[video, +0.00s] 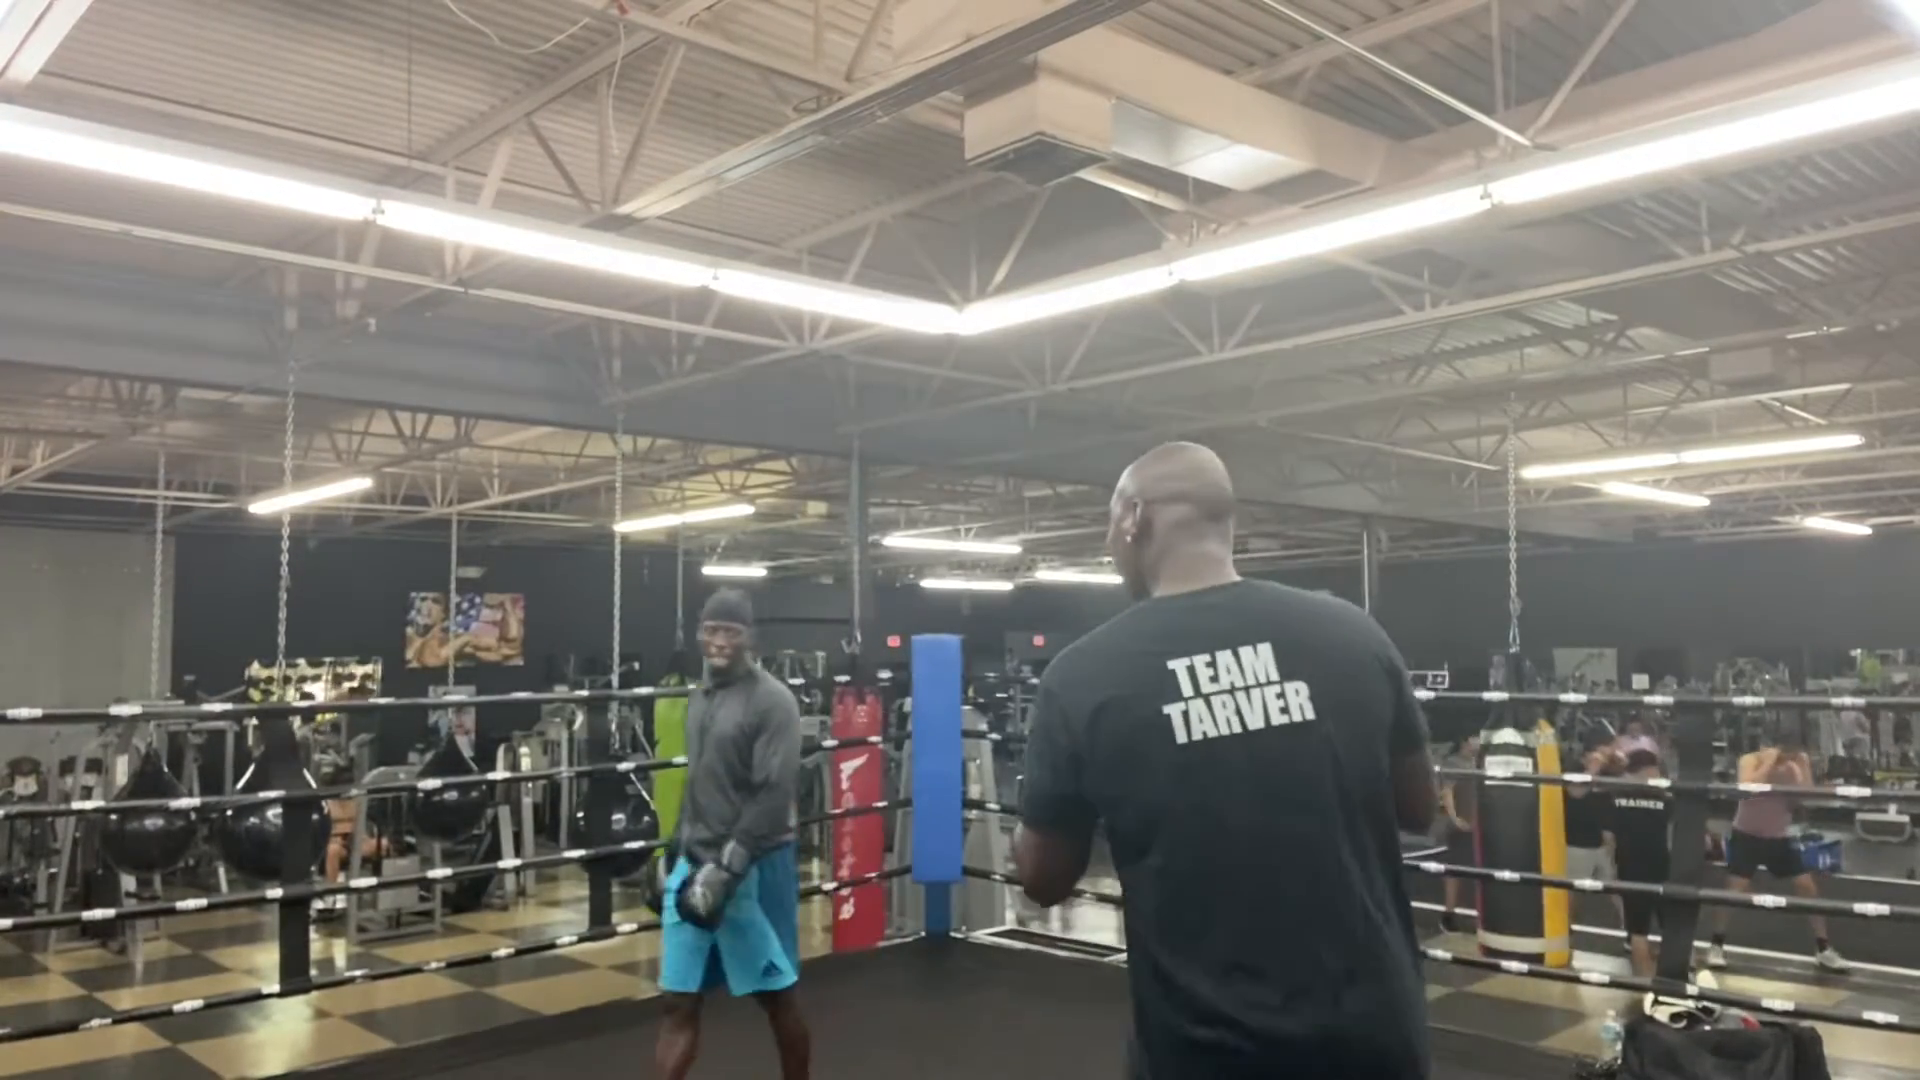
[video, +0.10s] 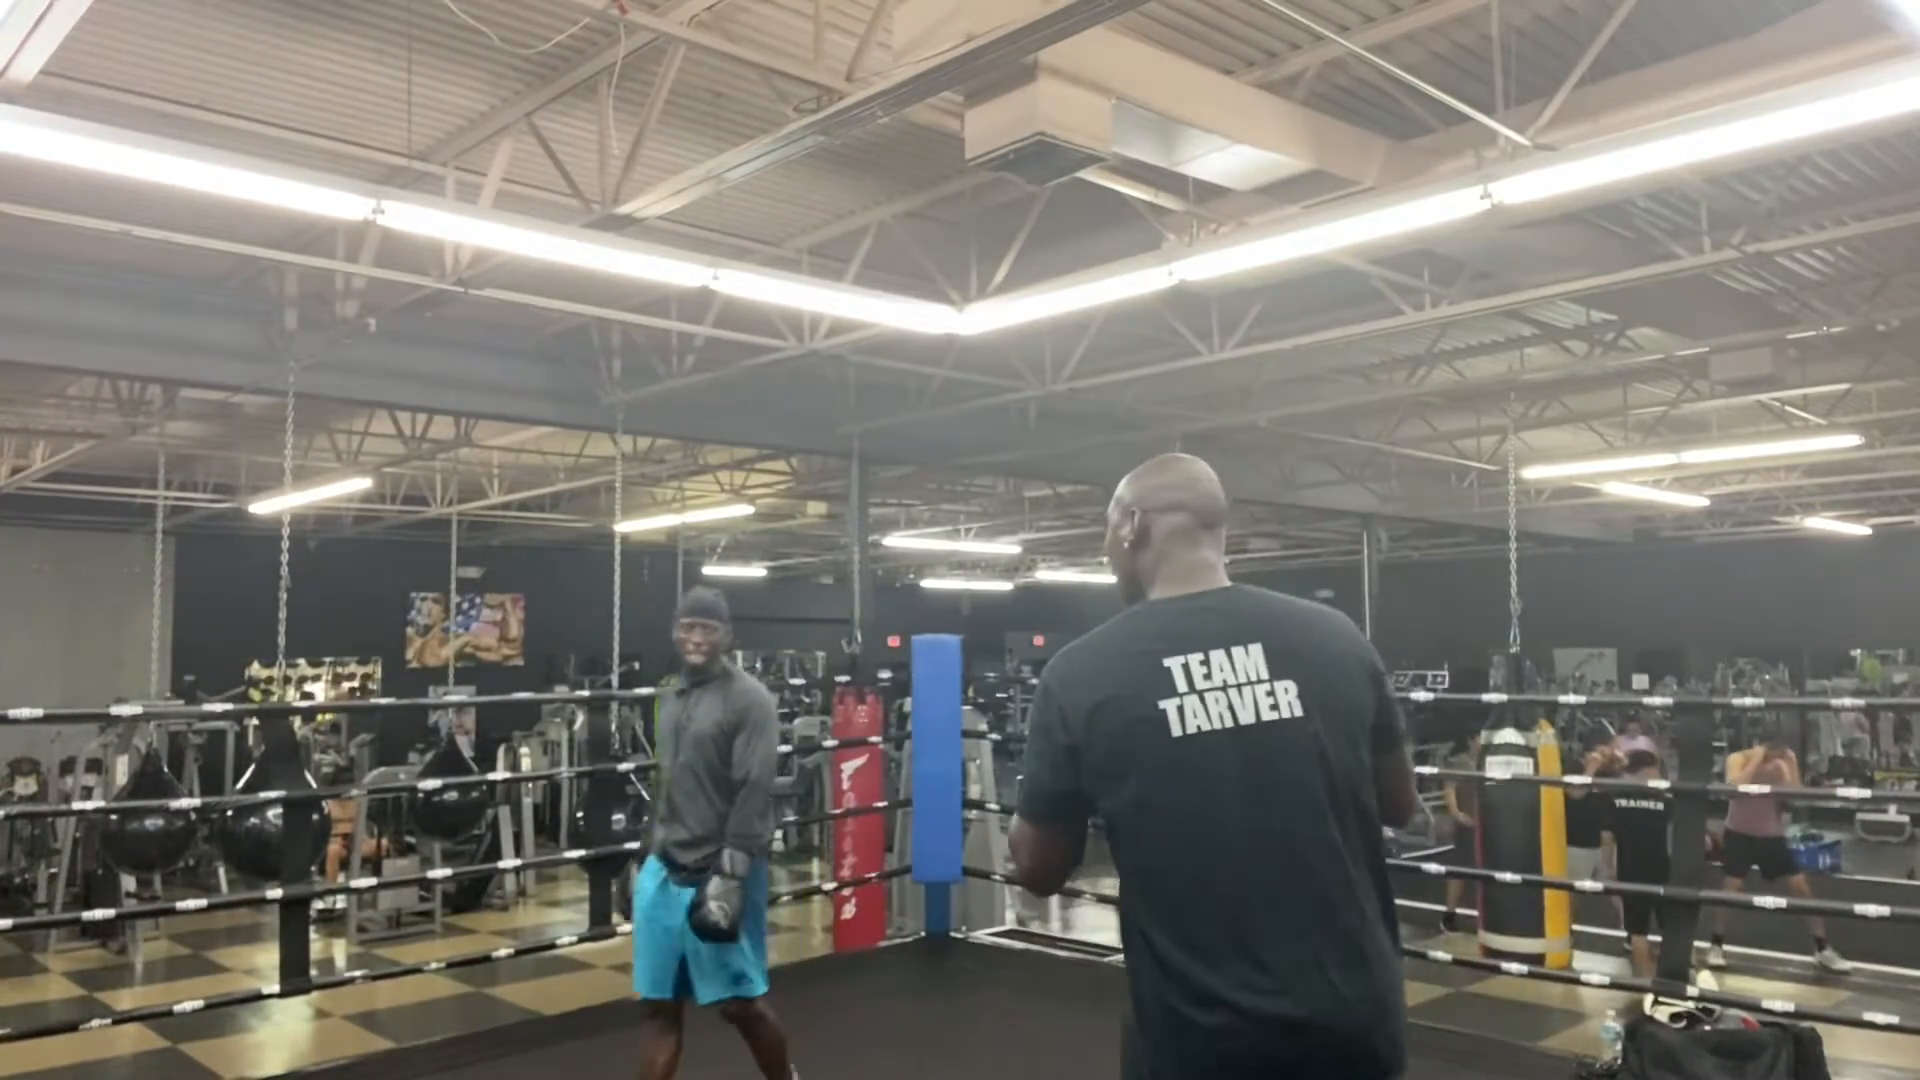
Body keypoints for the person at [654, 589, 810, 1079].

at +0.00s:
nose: (719, 641)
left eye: (730, 633)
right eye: (711, 631)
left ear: (749, 638)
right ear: (699, 637)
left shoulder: (774, 700)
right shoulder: (701, 698)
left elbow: (774, 799)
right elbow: (696, 786)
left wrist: (725, 868)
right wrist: (675, 857)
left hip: (758, 864)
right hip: (696, 862)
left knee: (777, 998)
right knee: (678, 1002)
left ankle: (797, 1073)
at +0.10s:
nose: (696, 638)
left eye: (708, 629)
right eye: (688, 629)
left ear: (728, 636)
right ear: (675, 634)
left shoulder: (750, 699)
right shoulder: (670, 697)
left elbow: (755, 793)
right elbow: (669, 786)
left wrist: (731, 876)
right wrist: (649, 859)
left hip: (723, 876)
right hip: (663, 873)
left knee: (740, 1003)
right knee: (660, 1008)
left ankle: (784, 1075)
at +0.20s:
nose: (674, 636)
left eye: (685, 626)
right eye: (665, 626)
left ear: (703, 633)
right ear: (650, 634)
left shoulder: (730, 695)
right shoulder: (639, 700)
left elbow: (744, 785)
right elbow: (633, 785)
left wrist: (740, 875)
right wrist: (614, 860)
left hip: (695, 874)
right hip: (639, 871)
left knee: (692, 1013)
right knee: (646, 1011)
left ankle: (763, 1075)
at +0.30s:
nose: (649, 630)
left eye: (659, 619)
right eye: (639, 619)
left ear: (677, 627)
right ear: (623, 629)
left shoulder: (706, 692)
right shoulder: (613, 696)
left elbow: (735, 776)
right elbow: (595, 785)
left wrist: (747, 863)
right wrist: (571, 864)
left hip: (676, 863)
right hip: (617, 864)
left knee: (640, 1005)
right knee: (630, 1007)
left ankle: (705, 1074)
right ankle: (648, 1074)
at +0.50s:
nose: (616, 627)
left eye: (627, 617)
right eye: (605, 617)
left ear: (640, 628)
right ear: (586, 627)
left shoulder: (669, 694)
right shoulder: (570, 699)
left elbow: (698, 780)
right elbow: (552, 793)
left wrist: (723, 862)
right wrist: (516, 864)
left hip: (644, 868)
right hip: (588, 869)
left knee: (591, 1014)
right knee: (620, 1020)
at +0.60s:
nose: (606, 629)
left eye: (617, 620)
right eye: (594, 619)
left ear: (629, 631)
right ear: (574, 630)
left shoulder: (656, 697)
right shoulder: (560, 700)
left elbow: (685, 785)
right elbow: (540, 795)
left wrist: (706, 871)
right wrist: (500, 866)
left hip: (631, 875)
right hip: (574, 877)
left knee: (581, 1022)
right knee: (615, 1022)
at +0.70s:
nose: (595, 631)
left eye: (606, 622)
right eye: (583, 619)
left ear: (619, 633)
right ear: (562, 628)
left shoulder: (641, 704)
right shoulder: (543, 697)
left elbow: (664, 796)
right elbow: (522, 792)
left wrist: (680, 882)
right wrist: (485, 869)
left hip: (606, 879)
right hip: (548, 881)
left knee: (563, 1032)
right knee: (595, 1027)